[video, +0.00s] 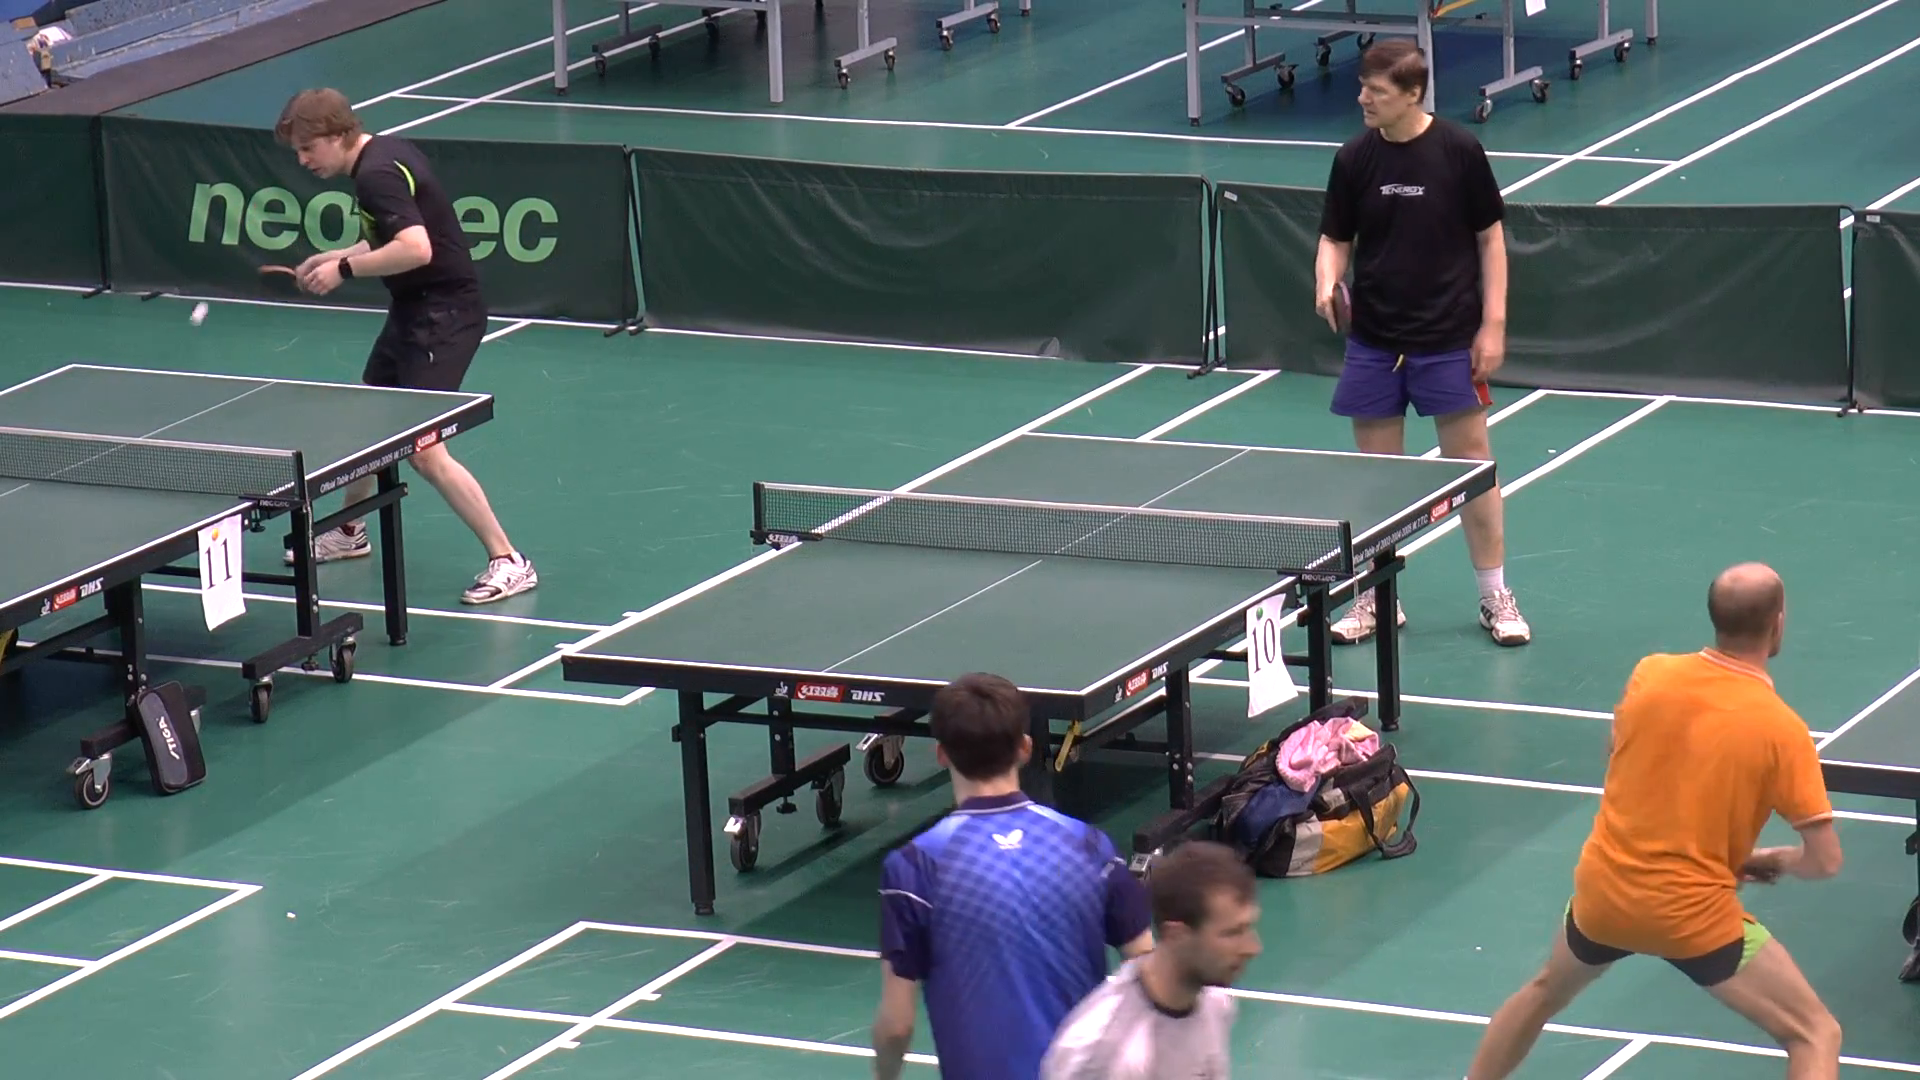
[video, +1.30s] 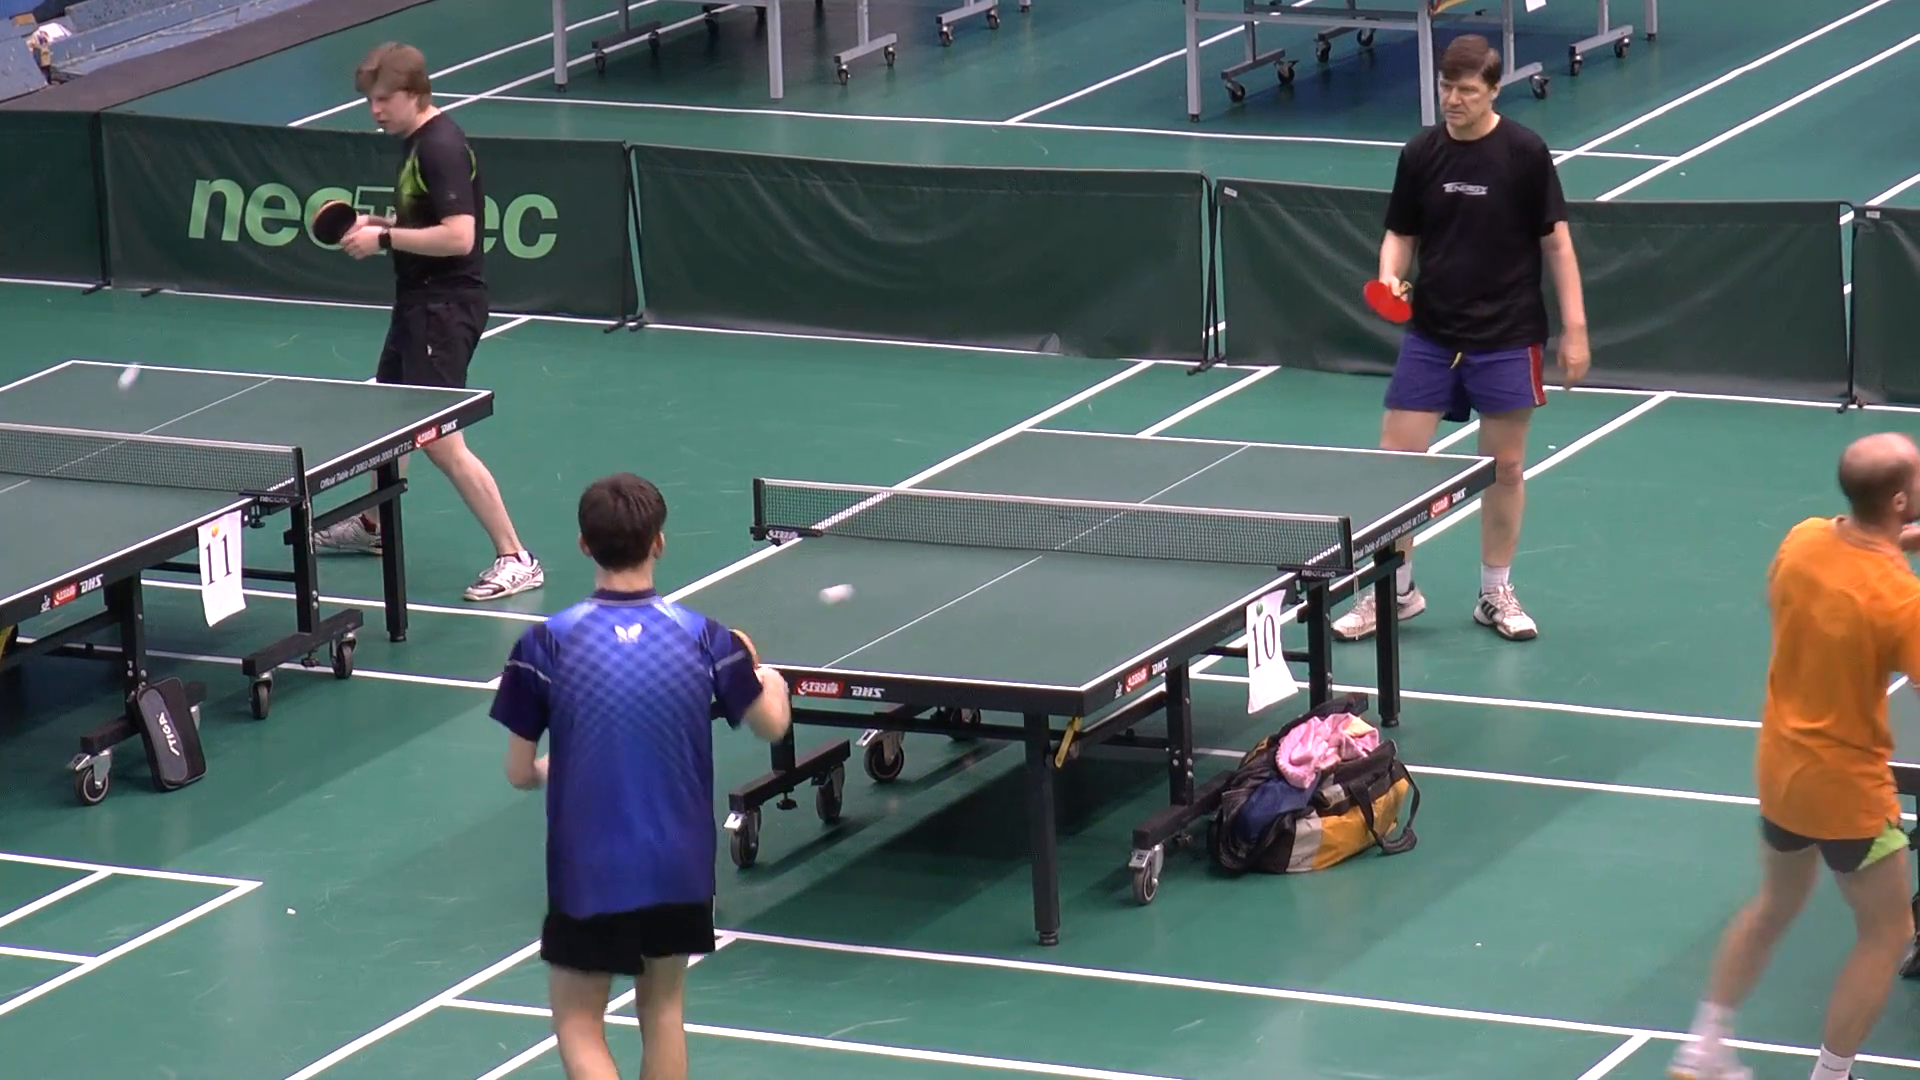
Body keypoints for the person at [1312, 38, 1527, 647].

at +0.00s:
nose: (1364, 99)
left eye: (1376, 91)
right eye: (1363, 89)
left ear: (1413, 93)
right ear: (1369, 91)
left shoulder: (1461, 150)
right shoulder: (1354, 157)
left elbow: (1492, 239)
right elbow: (1334, 237)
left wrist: (1493, 324)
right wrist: (1327, 281)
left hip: (1449, 339)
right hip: (1373, 340)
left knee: (1475, 468)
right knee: (1375, 476)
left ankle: (1495, 594)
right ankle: (1376, 596)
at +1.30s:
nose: (1454, 99)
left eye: (1467, 90)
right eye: (1447, 87)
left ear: (1493, 90)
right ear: (1439, 86)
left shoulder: (1528, 154)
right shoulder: (1419, 154)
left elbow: (1558, 244)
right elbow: (1399, 233)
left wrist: (1575, 330)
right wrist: (1389, 278)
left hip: (1506, 340)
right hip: (1430, 336)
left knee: (1507, 471)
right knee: (1394, 465)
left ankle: (1496, 591)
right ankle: (1395, 588)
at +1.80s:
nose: (1474, 119)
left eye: (1486, 108)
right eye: (1466, 108)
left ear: (1512, 102)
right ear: (1457, 104)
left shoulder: (1553, 156)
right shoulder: (1440, 172)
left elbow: (1580, 243)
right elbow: (1415, 255)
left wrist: (1597, 327)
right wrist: (1433, 301)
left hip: (1539, 345)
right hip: (1470, 346)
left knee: (1521, 472)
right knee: (1476, 470)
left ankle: (1500, 583)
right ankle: (1491, 617)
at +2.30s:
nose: (1483, 162)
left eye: (1491, 150)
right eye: (1471, 154)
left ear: (1512, 126)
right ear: (1459, 144)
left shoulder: (1558, 166)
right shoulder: (1443, 195)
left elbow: (1591, 244)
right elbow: (1425, 281)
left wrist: (1623, 323)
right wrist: (1459, 316)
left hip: (1563, 357)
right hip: (1487, 365)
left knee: (1592, 485)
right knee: (1487, 493)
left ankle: (1582, 605)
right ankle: (1497, 630)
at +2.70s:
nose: (1521, 175)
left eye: (1529, 164)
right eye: (1514, 165)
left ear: (1561, 146)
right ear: (1511, 156)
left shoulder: (1606, 202)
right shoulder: (1528, 193)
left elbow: (1616, 308)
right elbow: (1523, 260)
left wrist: (1532, 348)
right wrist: (1504, 303)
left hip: (1617, 376)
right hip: (1556, 374)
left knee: (1616, 511)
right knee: (1529, 498)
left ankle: (1637, 662)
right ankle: (1512, 632)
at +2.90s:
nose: (1529, 174)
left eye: (1532, 162)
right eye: (1523, 164)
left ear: (1563, 144)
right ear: (1562, 145)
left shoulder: (1597, 198)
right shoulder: (1600, 178)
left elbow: (1538, 302)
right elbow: (1596, 271)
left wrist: (1440, 309)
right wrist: (1531, 288)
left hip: (1639, 379)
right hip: (1609, 375)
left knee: (1621, 513)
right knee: (1583, 492)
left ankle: (1639, 663)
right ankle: (1600, 637)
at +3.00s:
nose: (1532, 171)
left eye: (1534, 159)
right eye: (1527, 161)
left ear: (1565, 142)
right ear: (1570, 141)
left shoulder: (1591, 203)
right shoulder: (1628, 175)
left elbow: (1528, 294)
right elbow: (1615, 268)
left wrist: (1429, 301)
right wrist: (1552, 295)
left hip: (1632, 384)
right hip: (1661, 372)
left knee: (1619, 518)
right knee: (1632, 510)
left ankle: (1636, 661)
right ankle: (1666, 648)